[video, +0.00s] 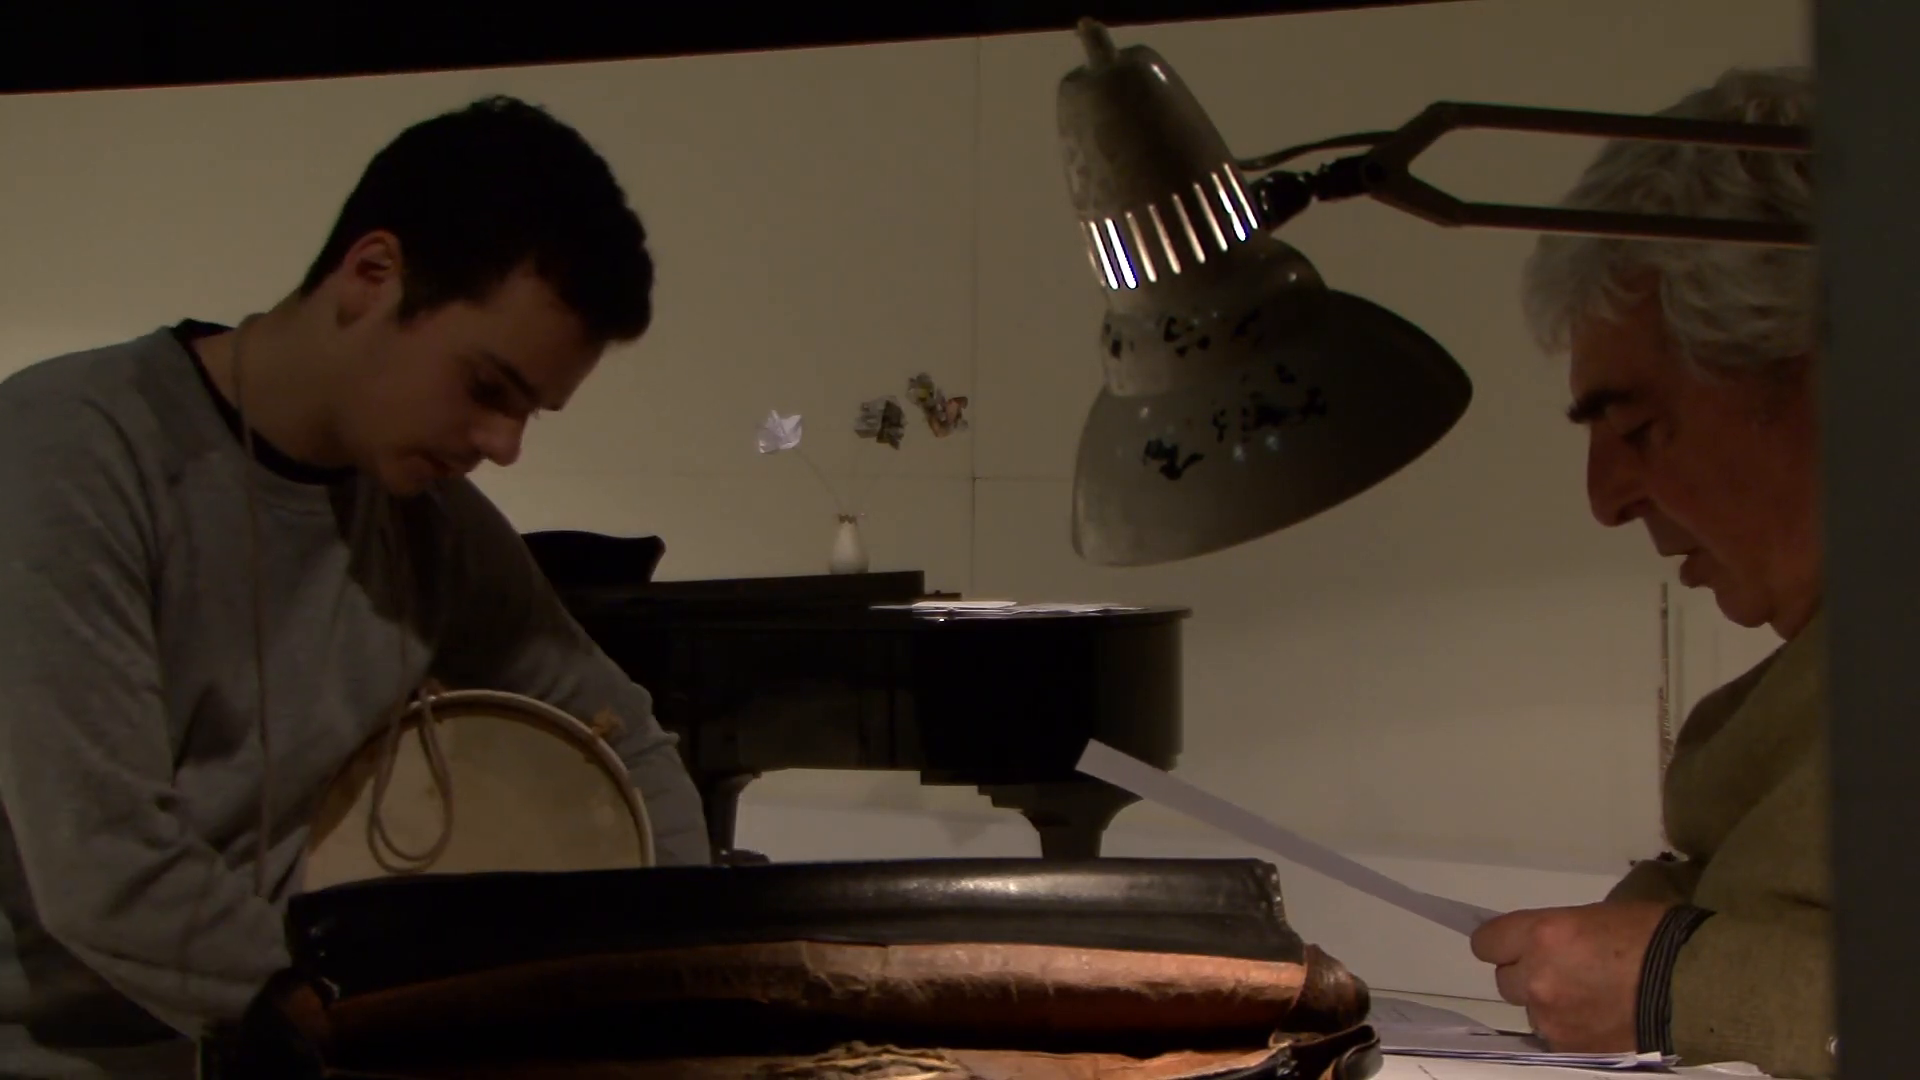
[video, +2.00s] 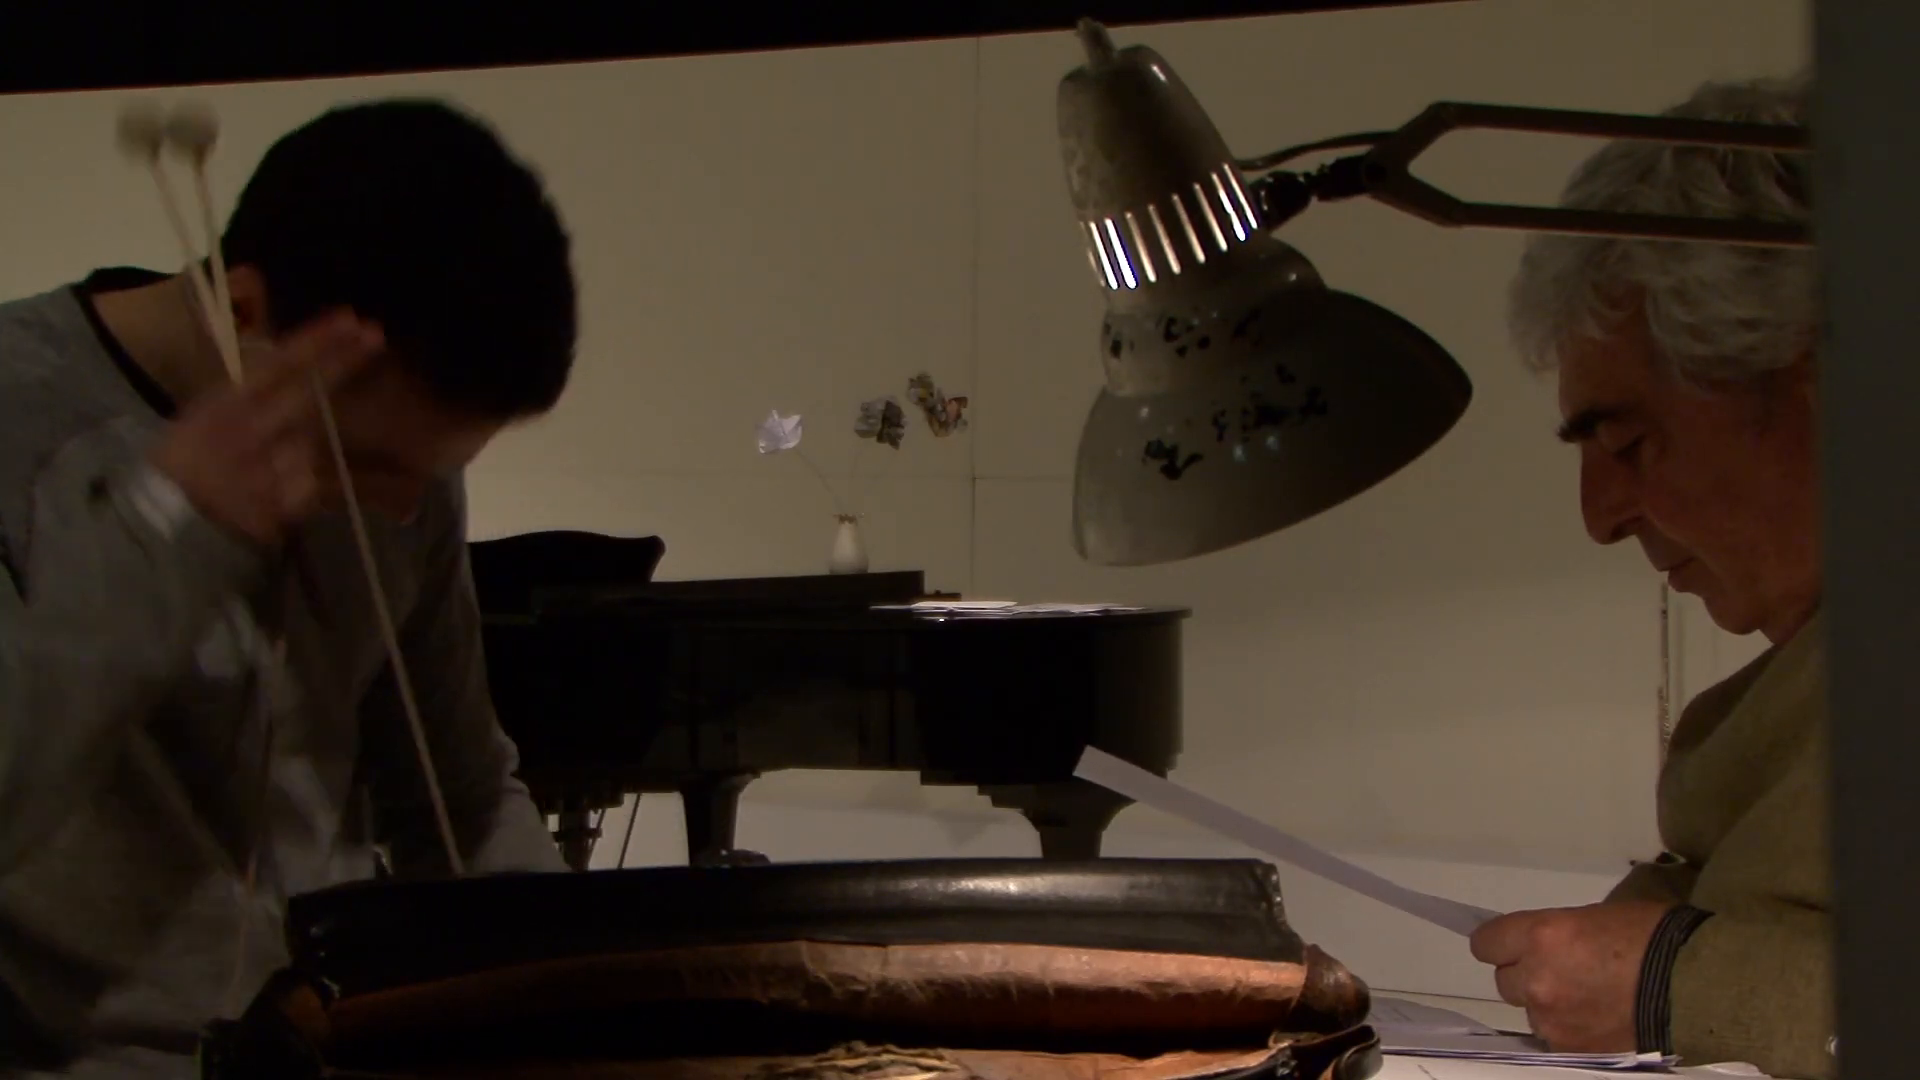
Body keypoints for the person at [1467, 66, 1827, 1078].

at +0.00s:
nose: (1609, 501)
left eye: (1636, 425)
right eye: (1599, 437)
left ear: (1818, 367)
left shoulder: (1873, 658)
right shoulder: (1801, 670)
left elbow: (1895, 999)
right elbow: (1742, 871)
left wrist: (1675, 985)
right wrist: (1649, 934)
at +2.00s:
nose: (1602, 517)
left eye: (1625, 438)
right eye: (1590, 449)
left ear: (1807, 380)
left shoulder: (1871, 660)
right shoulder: (1794, 672)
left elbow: (1893, 1006)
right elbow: (1728, 868)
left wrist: (1674, 984)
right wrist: (1645, 936)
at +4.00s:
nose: (1602, 520)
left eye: (1627, 443)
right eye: (1591, 455)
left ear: (1809, 381)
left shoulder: (1873, 653)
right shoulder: (1794, 665)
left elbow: (1893, 1006)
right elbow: (1726, 872)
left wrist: (1673, 983)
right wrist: (1642, 945)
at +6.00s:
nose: (1594, 533)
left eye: (1617, 455)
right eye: (1582, 470)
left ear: (1800, 383)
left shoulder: (1872, 661)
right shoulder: (1783, 685)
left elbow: (1889, 1008)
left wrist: (1674, 983)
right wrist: (1654, 930)